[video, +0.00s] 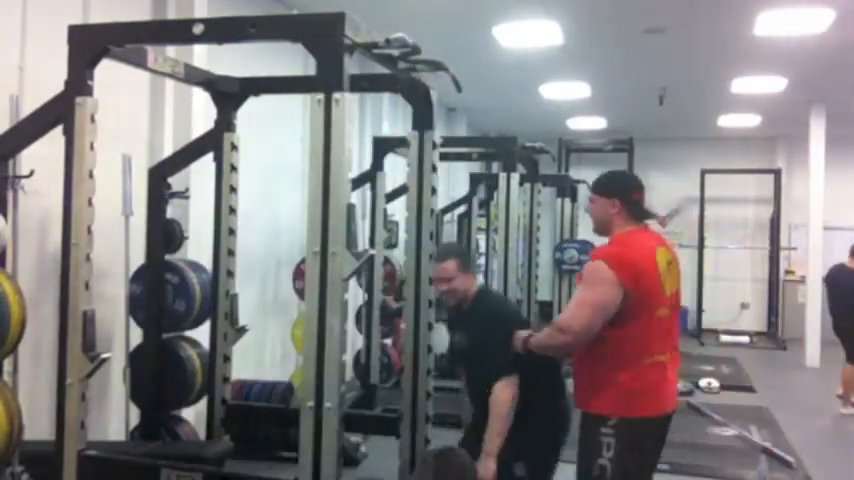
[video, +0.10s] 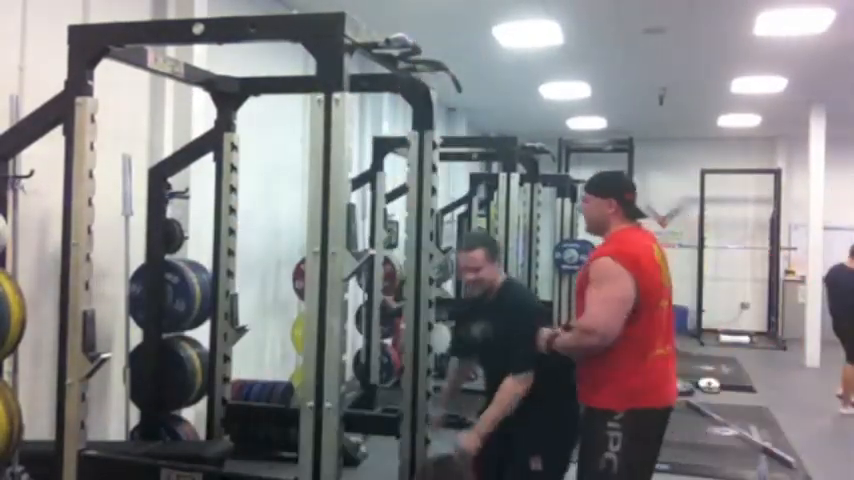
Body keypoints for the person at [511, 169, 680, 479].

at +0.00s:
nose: (588, 207)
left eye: (593, 200)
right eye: (590, 200)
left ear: (615, 205)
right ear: (628, 205)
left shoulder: (614, 258)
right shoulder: (661, 247)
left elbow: (570, 331)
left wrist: (530, 341)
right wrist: (569, 346)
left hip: (618, 409)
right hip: (652, 405)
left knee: (602, 473)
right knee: (635, 473)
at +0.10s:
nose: (581, 207)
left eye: (587, 200)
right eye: (583, 200)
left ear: (612, 206)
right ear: (615, 206)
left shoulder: (615, 254)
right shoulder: (644, 243)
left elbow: (597, 332)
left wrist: (555, 340)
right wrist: (573, 330)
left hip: (620, 403)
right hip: (642, 399)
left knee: (604, 473)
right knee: (627, 473)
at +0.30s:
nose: (591, 213)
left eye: (599, 205)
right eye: (589, 205)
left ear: (626, 207)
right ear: (586, 205)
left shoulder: (639, 252)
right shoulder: (610, 247)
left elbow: (636, 329)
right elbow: (603, 312)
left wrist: (579, 339)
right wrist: (574, 326)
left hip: (644, 399)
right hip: (618, 395)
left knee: (640, 473)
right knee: (617, 471)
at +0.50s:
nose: (627, 215)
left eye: (637, 207)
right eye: (624, 206)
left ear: (662, 210)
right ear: (618, 206)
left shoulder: (678, 259)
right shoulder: (618, 247)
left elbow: (673, 331)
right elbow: (599, 301)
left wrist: (603, 340)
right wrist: (584, 327)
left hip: (662, 406)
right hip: (622, 397)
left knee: (655, 473)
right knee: (621, 471)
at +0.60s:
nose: (650, 216)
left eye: (661, 209)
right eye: (646, 207)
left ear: (685, 214)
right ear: (639, 209)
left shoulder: (701, 264)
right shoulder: (628, 251)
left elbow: (701, 338)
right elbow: (609, 303)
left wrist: (629, 360)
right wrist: (588, 344)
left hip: (689, 413)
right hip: (635, 405)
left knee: (698, 473)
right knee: (631, 473)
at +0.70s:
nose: (673, 219)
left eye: (684, 212)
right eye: (669, 210)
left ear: (707, 218)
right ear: (662, 213)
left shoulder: (731, 270)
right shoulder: (642, 257)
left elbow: (738, 346)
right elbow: (623, 306)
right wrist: (601, 357)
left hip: (712, 420)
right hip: (652, 415)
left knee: (724, 474)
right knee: (645, 473)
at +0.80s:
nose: (700, 221)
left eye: (712, 215)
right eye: (695, 213)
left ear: (734, 220)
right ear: (688, 215)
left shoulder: (762, 274)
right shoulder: (664, 262)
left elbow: (781, 347)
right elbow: (637, 311)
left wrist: (741, 410)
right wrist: (617, 368)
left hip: (739, 425)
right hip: (674, 420)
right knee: (662, 474)